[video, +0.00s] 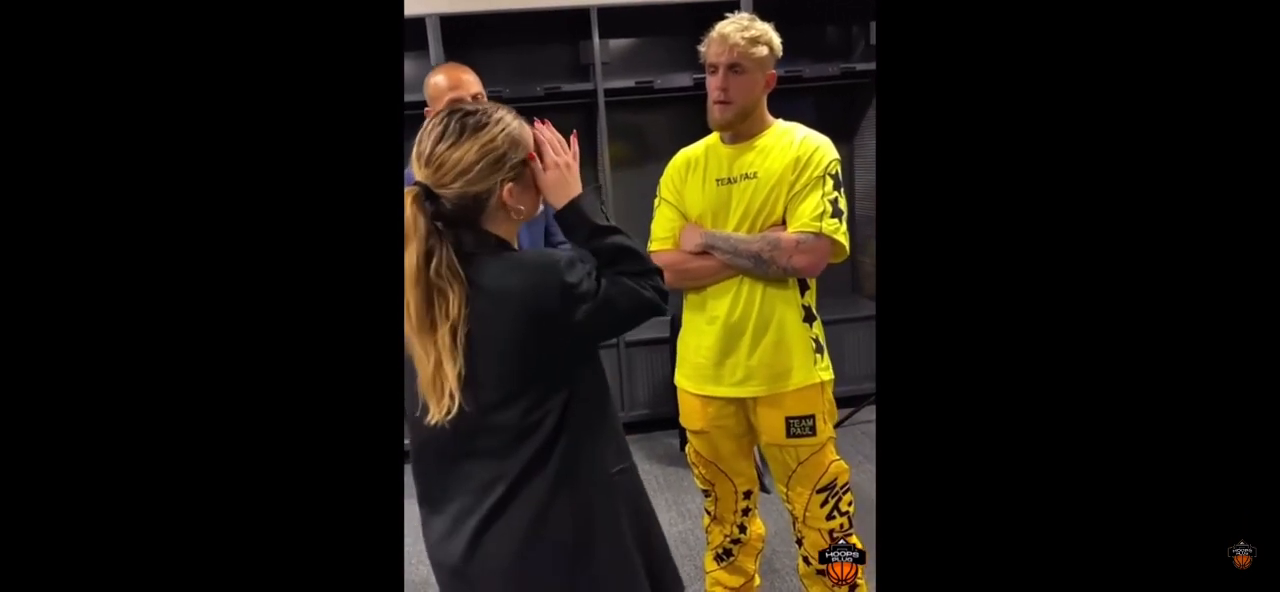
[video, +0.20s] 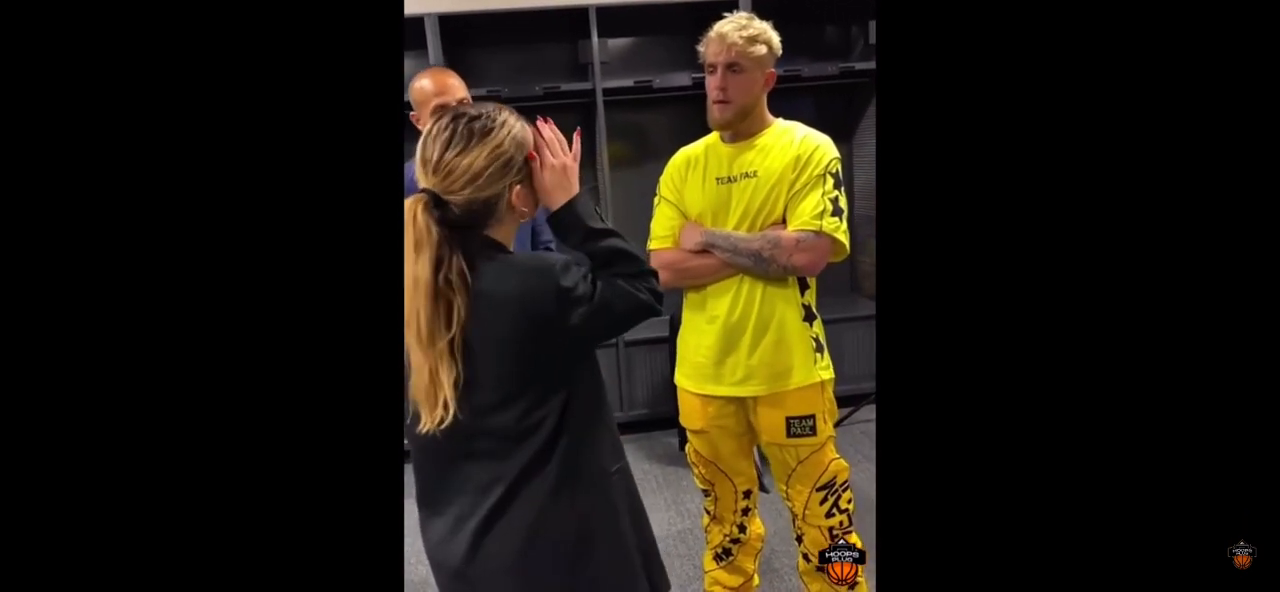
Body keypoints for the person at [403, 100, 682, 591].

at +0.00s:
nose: (543, 173)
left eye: (537, 161)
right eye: (534, 166)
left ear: (439, 190)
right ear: (509, 193)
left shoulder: (419, 279)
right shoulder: (545, 280)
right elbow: (642, 287)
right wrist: (574, 204)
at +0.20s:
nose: (543, 177)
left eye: (536, 165)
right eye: (534, 171)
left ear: (440, 191)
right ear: (518, 199)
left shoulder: (417, 282)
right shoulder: (543, 284)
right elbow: (637, 288)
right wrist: (570, 207)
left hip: (456, 535)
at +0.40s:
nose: (536, 177)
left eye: (530, 165)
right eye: (530, 171)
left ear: (434, 189)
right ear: (517, 198)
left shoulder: (413, 283)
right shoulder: (541, 284)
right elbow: (636, 289)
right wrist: (566, 206)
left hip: (454, 538)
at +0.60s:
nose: (537, 172)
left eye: (531, 161)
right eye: (530, 166)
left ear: (433, 188)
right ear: (517, 195)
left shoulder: (413, 281)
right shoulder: (541, 283)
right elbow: (634, 294)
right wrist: (567, 209)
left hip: (453, 536)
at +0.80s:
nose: (533, 173)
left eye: (528, 161)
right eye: (527, 166)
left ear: (431, 187)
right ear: (514, 192)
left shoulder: (413, 279)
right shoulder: (541, 282)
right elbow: (632, 295)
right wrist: (567, 210)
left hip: (452, 533)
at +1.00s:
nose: (532, 174)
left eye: (526, 161)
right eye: (526, 166)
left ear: (430, 184)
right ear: (514, 191)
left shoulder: (413, 279)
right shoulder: (539, 282)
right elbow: (632, 295)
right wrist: (567, 211)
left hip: (452, 533)